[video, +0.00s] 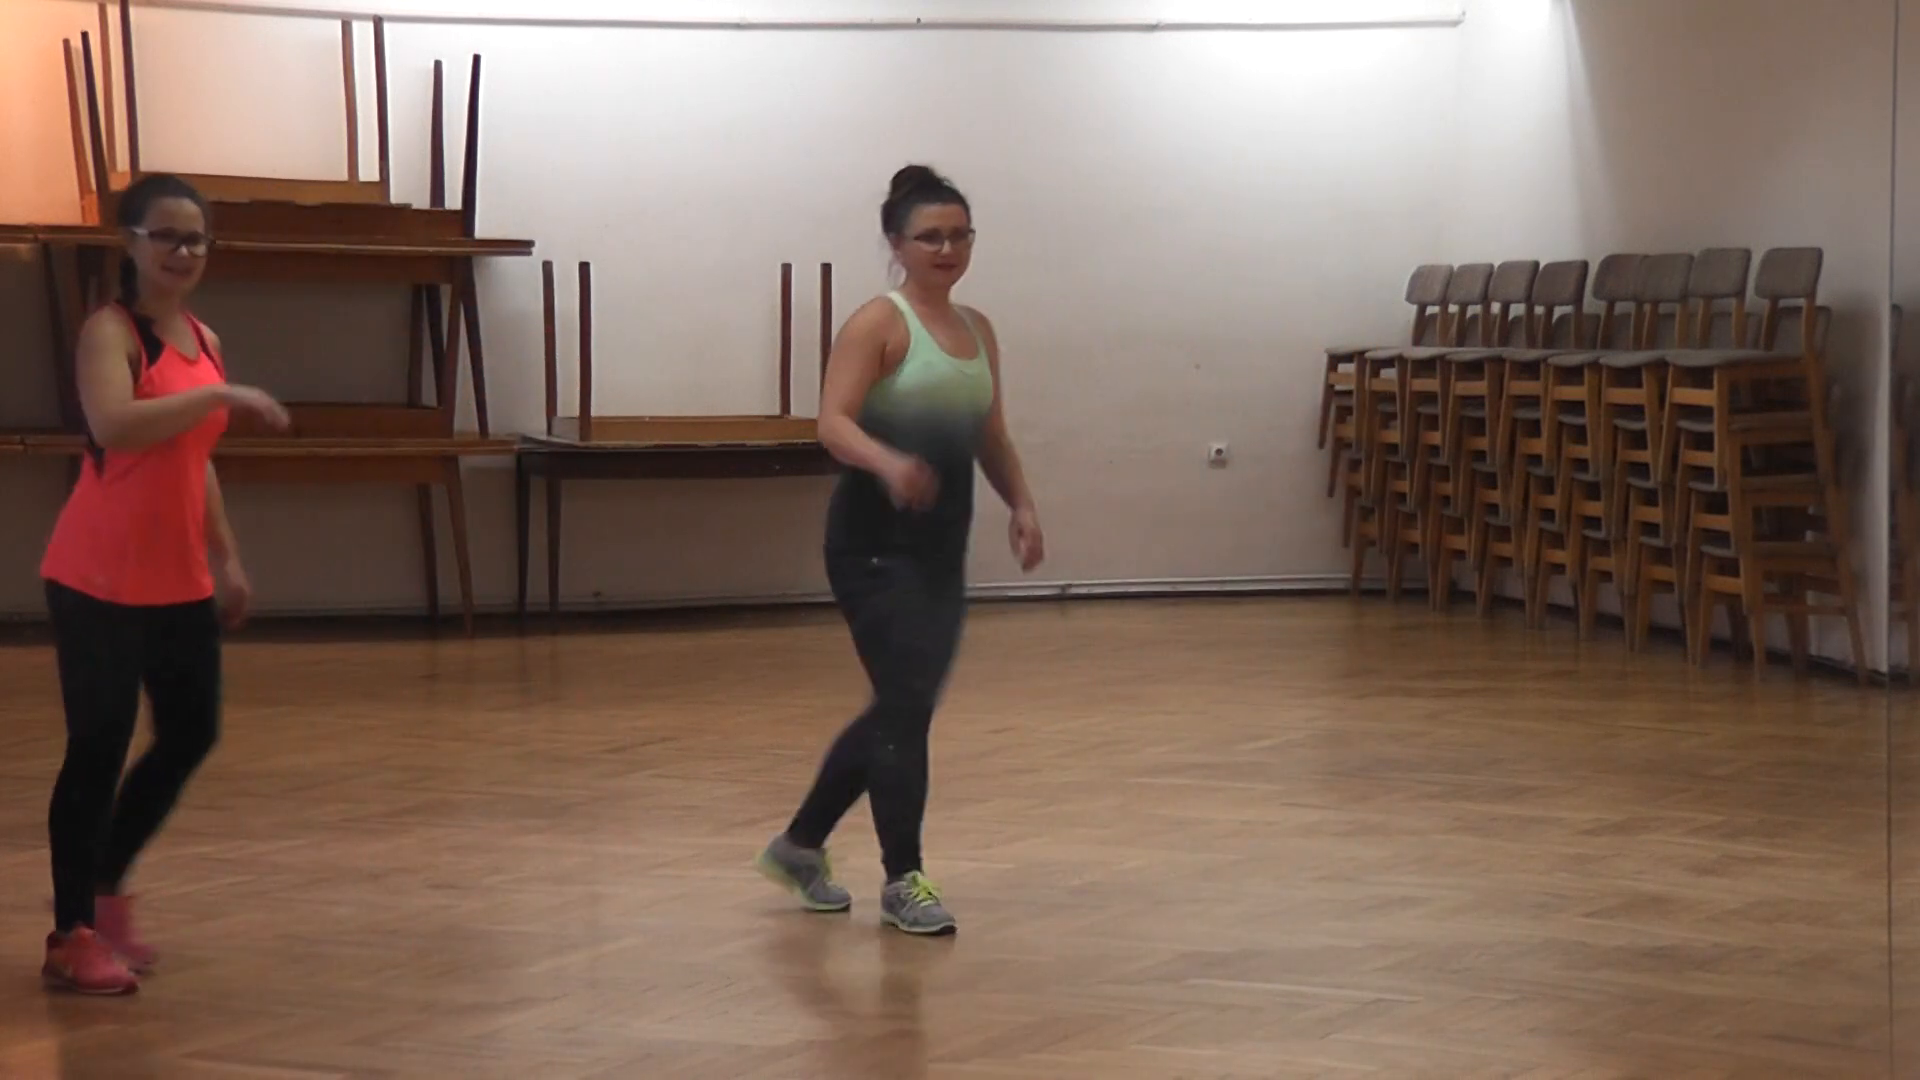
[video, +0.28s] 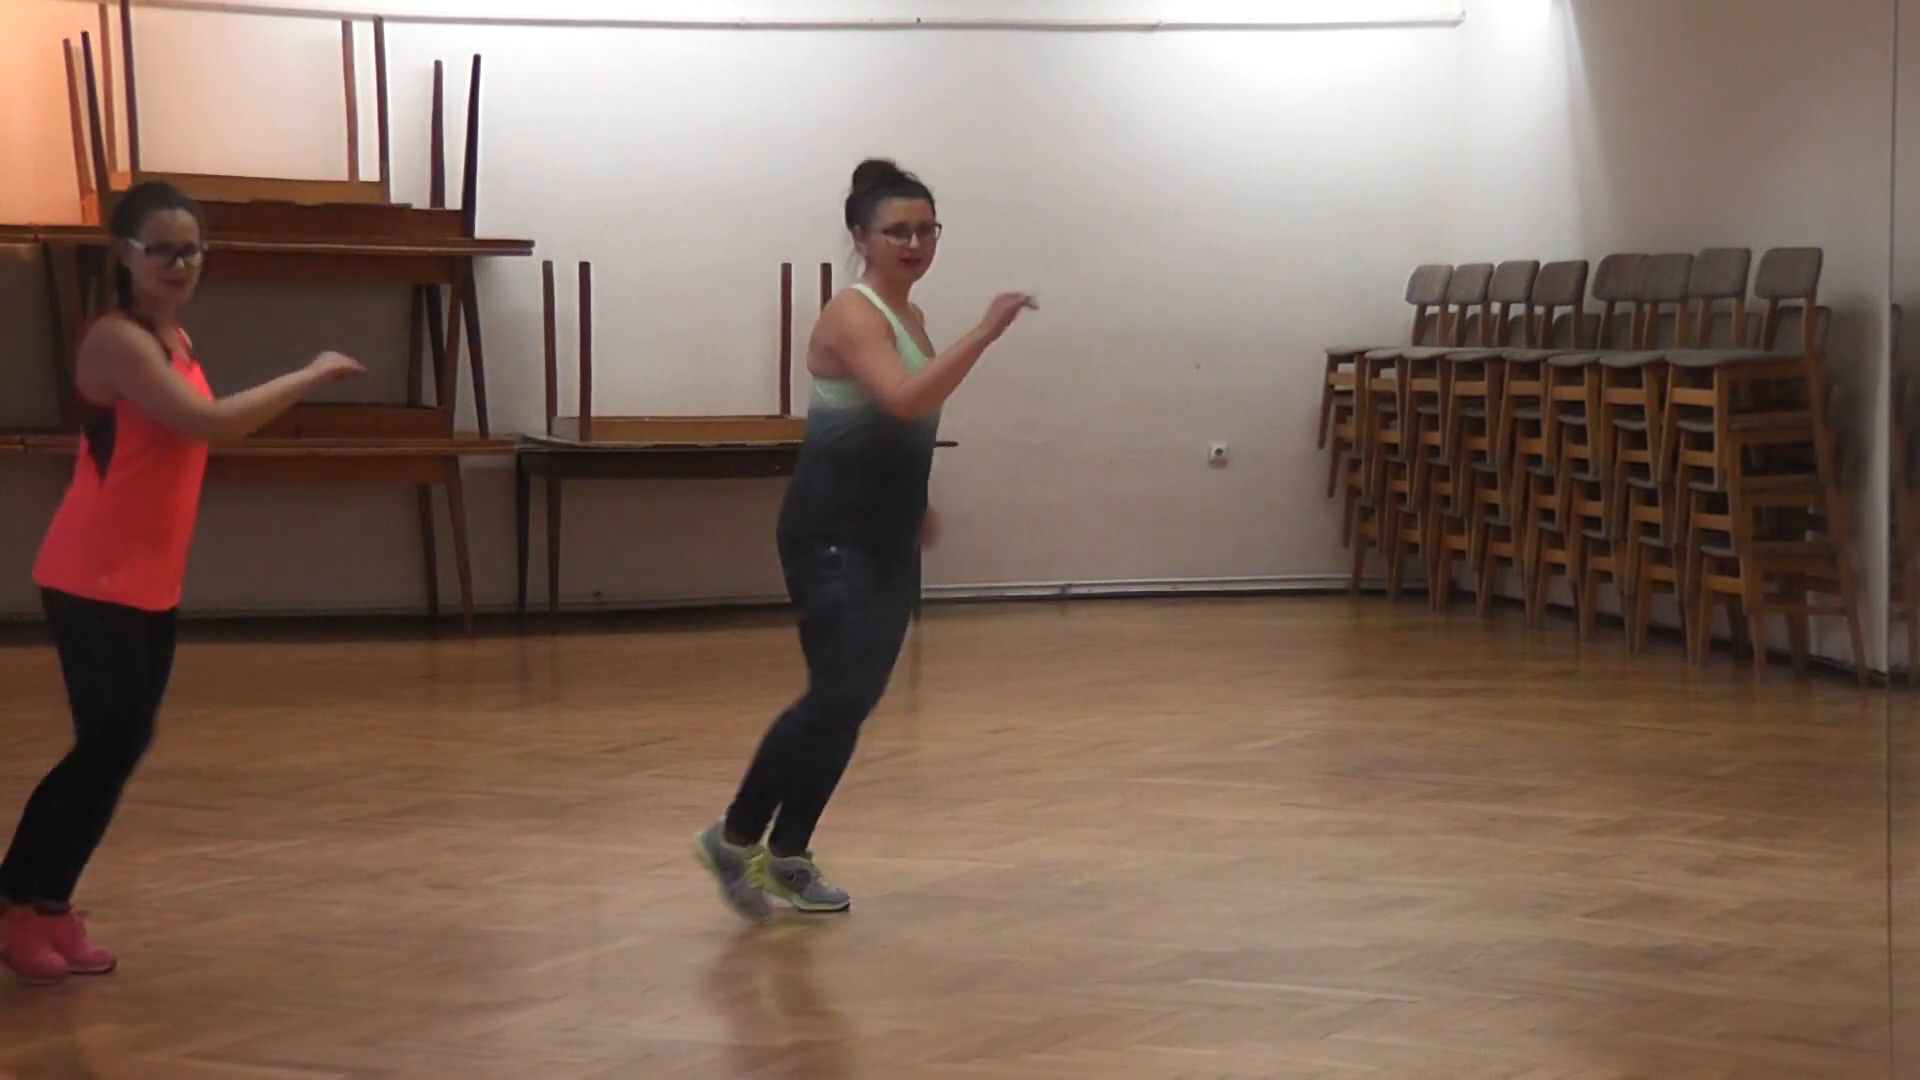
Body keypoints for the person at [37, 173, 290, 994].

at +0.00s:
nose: (182, 252)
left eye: (194, 240)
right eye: (166, 237)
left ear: (208, 250)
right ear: (130, 241)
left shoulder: (200, 338)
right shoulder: (108, 328)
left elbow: (195, 460)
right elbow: (111, 424)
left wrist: (226, 553)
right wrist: (222, 396)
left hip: (178, 577)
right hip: (98, 576)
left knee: (190, 732)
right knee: (97, 744)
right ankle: (72, 932)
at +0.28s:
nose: (179, 265)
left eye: (191, 251)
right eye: (162, 251)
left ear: (202, 255)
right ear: (122, 254)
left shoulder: (173, 342)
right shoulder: (114, 341)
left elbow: (164, 453)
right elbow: (213, 422)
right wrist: (307, 377)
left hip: (147, 583)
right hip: (92, 581)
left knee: (123, 739)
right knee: (110, 739)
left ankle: (51, 906)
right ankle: (18, 904)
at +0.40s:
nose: (199, 259)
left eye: (209, 245)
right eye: (180, 245)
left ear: (217, 248)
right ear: (139, 251)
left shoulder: (152, 335)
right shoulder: (145, 328)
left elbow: (78, 430)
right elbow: (270, 385)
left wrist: (77, 524)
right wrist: (389, 385)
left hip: (150, 579)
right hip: (93, 575)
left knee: (209, 716)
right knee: (67, 738)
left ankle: (116, 875)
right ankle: (1, 910)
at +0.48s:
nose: (215, 272)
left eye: (223, 257)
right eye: (196, 258)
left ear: (229, 259)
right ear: (153, 263)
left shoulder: (153, 346)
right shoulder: (171, 344)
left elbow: (78, 439)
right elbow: (299, 399)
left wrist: (42, 533)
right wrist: (421, 418)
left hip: (159, 584)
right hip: (108, 581)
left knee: (235, 715)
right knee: (51, 743)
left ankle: (192, 897)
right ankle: (1, 916)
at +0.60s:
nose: (244, 299)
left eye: (253, 285)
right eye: (226, 286)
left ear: (260, 289)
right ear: (185, 291)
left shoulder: (182, 376)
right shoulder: (209, 380)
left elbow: (115, 479)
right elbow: (316, 463)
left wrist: (71, 561)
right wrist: (427, 523)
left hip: (194, 617)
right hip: (147, 614)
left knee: (266, 739)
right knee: (71, 764)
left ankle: (244, 927)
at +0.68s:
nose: (273, 294)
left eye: (281, 280)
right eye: (255, 282)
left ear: (289, 283)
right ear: (214, 289)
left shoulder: (213, 371)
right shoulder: (239, 377)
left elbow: (159, 482)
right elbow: (308, 492)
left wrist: (127, 579)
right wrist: (380, 579)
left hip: (228, 612)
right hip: (194, 612)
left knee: (288, 743)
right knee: (167, 767)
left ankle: (248, 928)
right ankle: (19, 895)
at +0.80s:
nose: (321, 264)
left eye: (326, 250)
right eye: (301, 254)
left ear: (334, 256)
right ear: (262, 268)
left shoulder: (292, 347)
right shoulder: (273, 354)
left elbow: (248, 469)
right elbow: (263, 481)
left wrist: (283, 581)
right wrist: (272, 598)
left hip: (263, 579)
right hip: (249, 582)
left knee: (284, 746)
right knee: (305, 740)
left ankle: (248, 927)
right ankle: (167, 865)